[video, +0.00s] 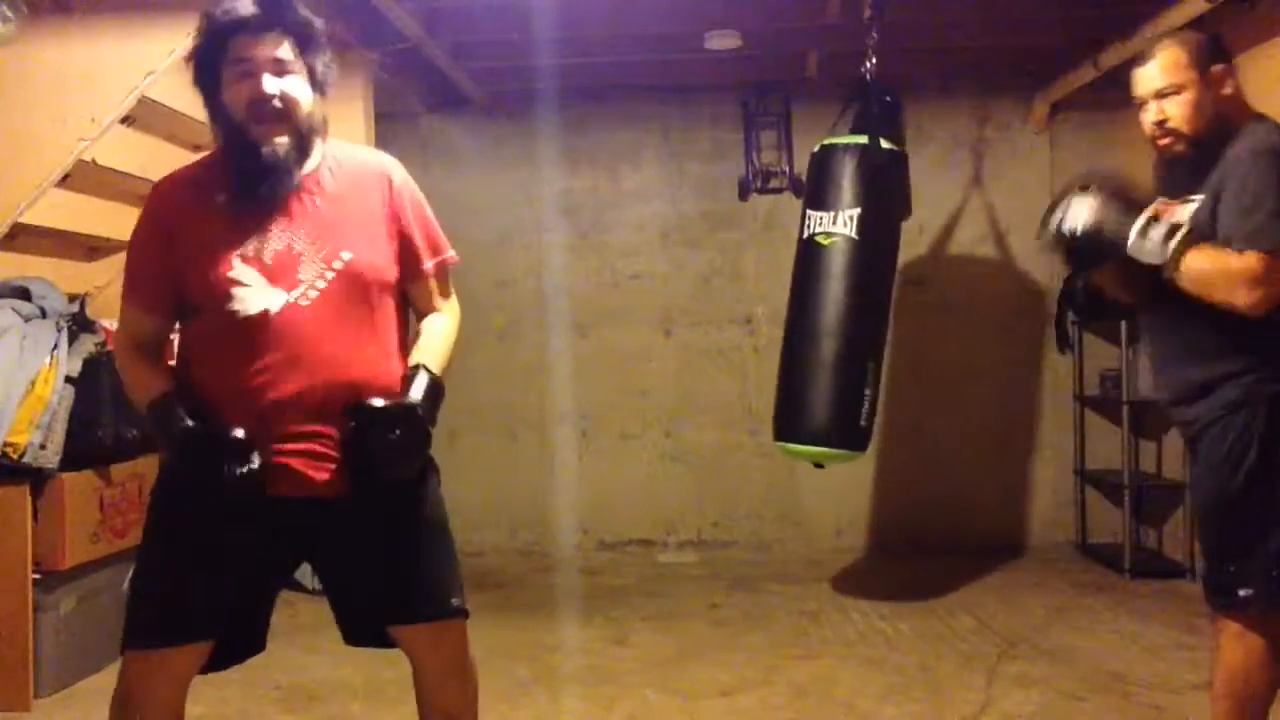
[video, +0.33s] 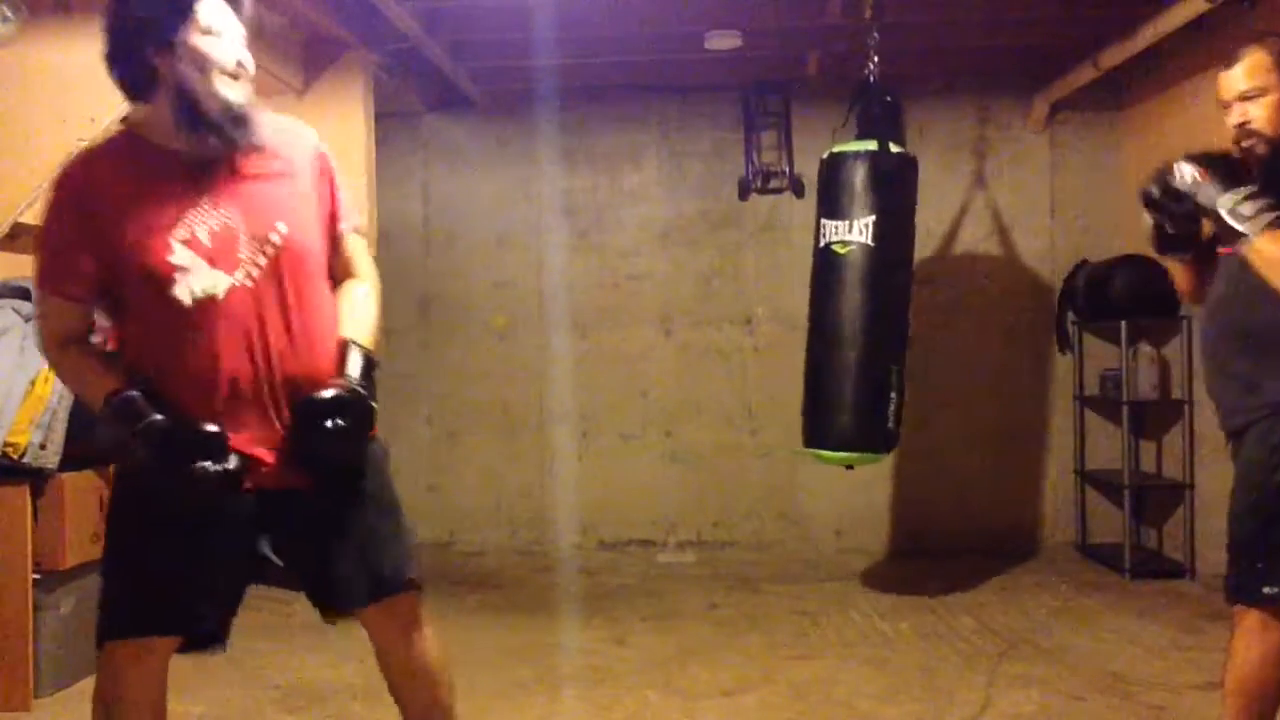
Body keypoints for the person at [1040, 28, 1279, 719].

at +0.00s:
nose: (1154, 117)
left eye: (1170, 94)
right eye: (1142, 103)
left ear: (1221, 83)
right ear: (1136, 107)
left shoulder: (1256, 152)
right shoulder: (1184, 168)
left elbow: (1255, 286)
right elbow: (1155, 289)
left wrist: (1144, 240)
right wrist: (1100, 253)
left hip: (1248, 414)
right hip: (1213, 415)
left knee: (1241, 609)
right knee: (1242, 604)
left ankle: (1235, 714)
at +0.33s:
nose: (1238, 117)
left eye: (1253, 97)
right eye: (1228, 106)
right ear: (1223, 117)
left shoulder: (1274, 195)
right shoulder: (1242, 196)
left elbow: (1275, 280)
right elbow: (1193, 291)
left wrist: (1243, 220)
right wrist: (1177, 231)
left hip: (1272, 421)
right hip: (1248, 423)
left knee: (1256, 602)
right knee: (1254, 599)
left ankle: (1242, 711)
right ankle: (1250, 706)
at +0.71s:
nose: (1269, 95)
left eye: (1273, 84)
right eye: (1268, 86)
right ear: (1265, 91)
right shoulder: (1259, 174)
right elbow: (1220, 282)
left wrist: (1262, 200)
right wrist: (1206, 221)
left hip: (1271, 415)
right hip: (1255, 416)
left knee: (1244, 589)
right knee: (1248, 588)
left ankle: (1250, 712)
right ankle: (1253, 706)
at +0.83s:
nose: (1265, 112)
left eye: (1272, 96)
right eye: (1262, 98)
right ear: (1259, 103)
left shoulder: (1262, 209)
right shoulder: (1257, 206)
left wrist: (1248, 235)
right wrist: (1210, 258)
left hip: (1266, 419)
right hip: (1254, 420)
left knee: (1232, 584)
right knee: (1239, 584)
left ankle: (1246, 711)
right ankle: (1250, 707)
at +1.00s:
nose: (1231, 115)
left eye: (1245, 95)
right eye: (1225, 102)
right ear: (1223, 110)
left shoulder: (1273, 195)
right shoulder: (1250, 196)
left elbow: (1279, 278)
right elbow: (1218, 288)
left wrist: (1225, 242)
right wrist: (1171, 253)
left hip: (1264, 424)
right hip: (1241, 423)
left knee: (1238, 605)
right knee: (1243, 603)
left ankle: (1226, 712)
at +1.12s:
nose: (1189, 112)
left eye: (1204, 90)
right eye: (1185, 97)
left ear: (1261, 81)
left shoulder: (1266, 165)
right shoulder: (1233, 174)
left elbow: (1254, 278)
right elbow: (1204, 273)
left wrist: (1144, 238)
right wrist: (1115, 255)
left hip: (1250, 420)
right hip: (1222, 419)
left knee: (1221, 614)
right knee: (1223, 612)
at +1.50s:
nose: (1041, 118)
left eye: (1054, 96)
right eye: (1039, 102)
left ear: (1111, 85)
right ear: (1108, 91)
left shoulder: (1151, 150)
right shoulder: (1125, 153)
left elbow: (1046, 261)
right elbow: (1053, 254)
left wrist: (952, 202)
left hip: (1225, 413)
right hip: (1207, 409)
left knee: (1188, 610)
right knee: (1191, 608)